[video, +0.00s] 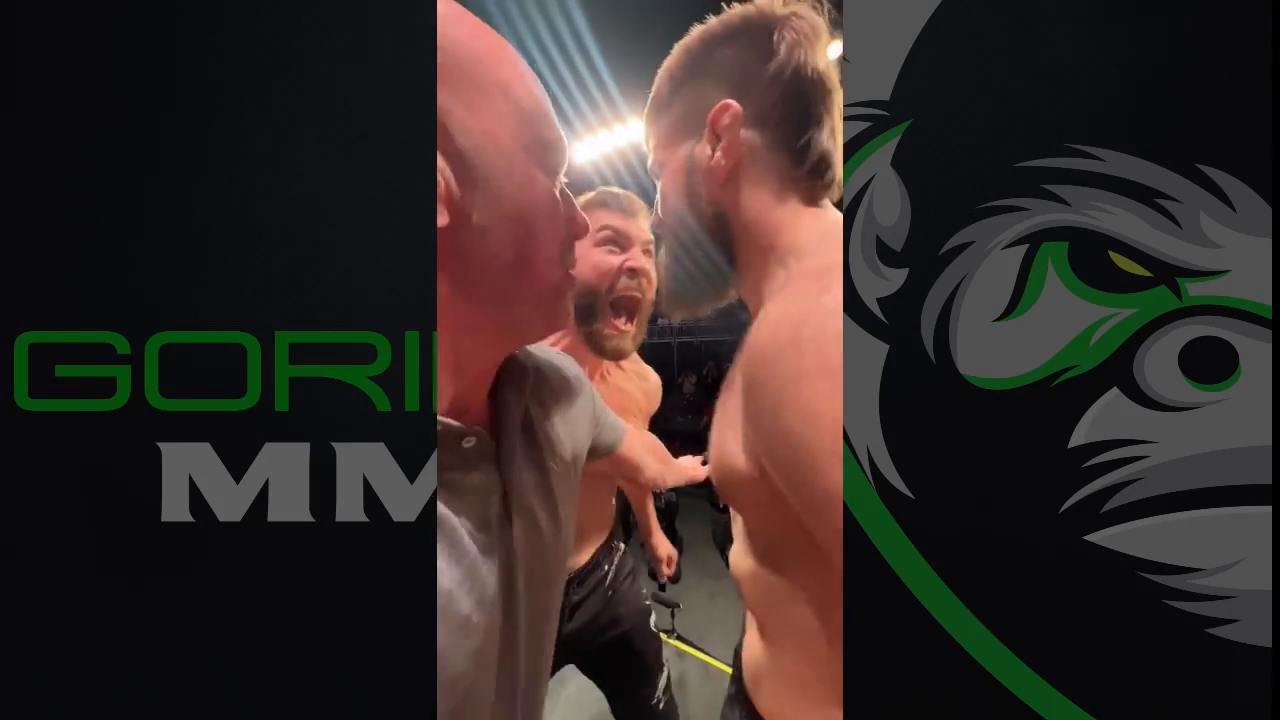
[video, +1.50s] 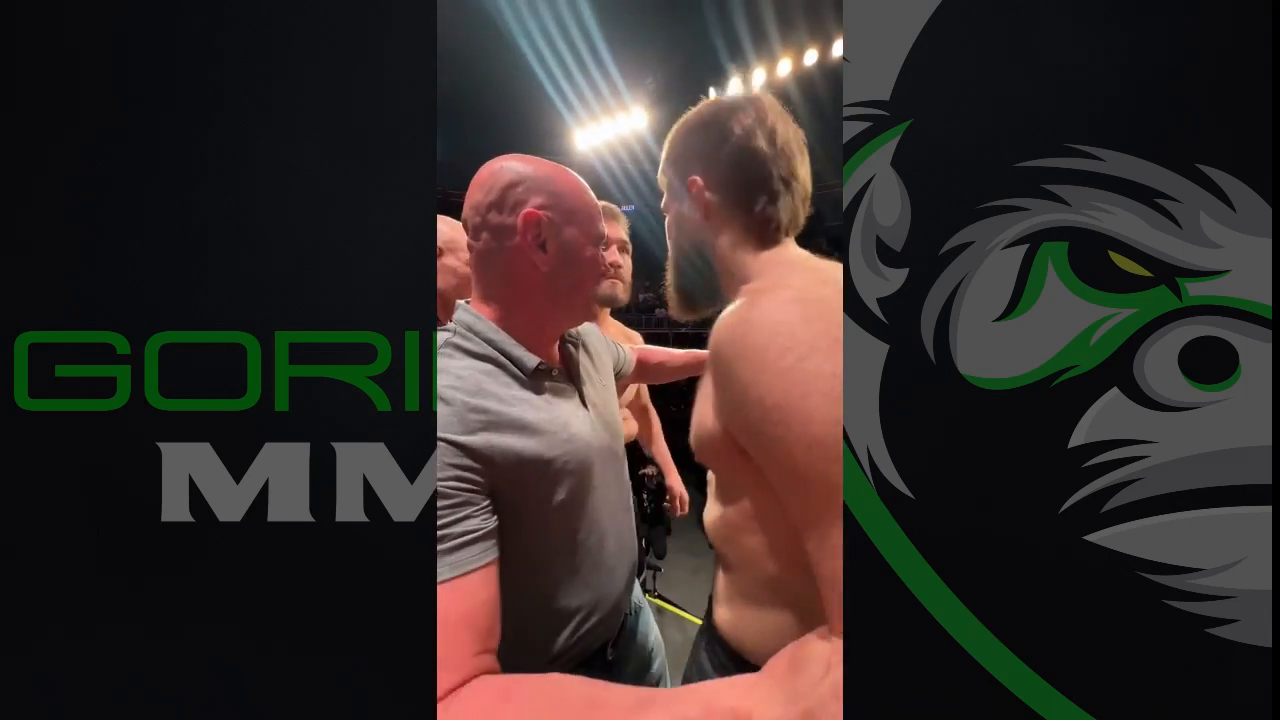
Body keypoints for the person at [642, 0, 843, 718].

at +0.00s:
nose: (658, 215)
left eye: (659, 171)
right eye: (654, 178)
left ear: (720, 139)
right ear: (724, 141)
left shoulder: (802, 343)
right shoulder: (796, 301)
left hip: (801, 710)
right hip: (768, 686)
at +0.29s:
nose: (638, 226)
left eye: (639, 196)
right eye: (635, 197)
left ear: (683, 179)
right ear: (767, 169)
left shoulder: (814, 347)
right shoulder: (758, 304)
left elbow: (919, 562)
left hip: (800, 711)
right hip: (730, 678)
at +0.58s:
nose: (638, 241)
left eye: (638, 212)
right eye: (634, 215)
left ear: (681, 202)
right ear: (689, 203)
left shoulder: (817, 333)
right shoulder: (739, 316)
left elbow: (913, 526)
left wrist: (854, 696)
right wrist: (660, 378)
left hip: (791, 682)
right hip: (711, 638)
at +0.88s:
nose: (638, 238)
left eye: (636, 212)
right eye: (635, 214)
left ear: (666, 206)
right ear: (743, 202)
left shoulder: (746, 332)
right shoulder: (807, 288)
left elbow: (881, 536)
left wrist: (819, 678)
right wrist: (667, 370)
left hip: (733, 664)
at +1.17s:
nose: (630, 196)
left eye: (629, 178)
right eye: (627, 180)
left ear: (648, 182)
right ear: (758, 180)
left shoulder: (672, 318)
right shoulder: (818, 286)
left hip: (701, 683)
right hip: (808, 684)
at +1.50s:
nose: (665, 223)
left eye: (667, 201)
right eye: (663, 204)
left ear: (698, 196)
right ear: (780, 189)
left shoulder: (759, 328)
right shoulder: (833, 280)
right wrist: (683, 364)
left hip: (758, 672)